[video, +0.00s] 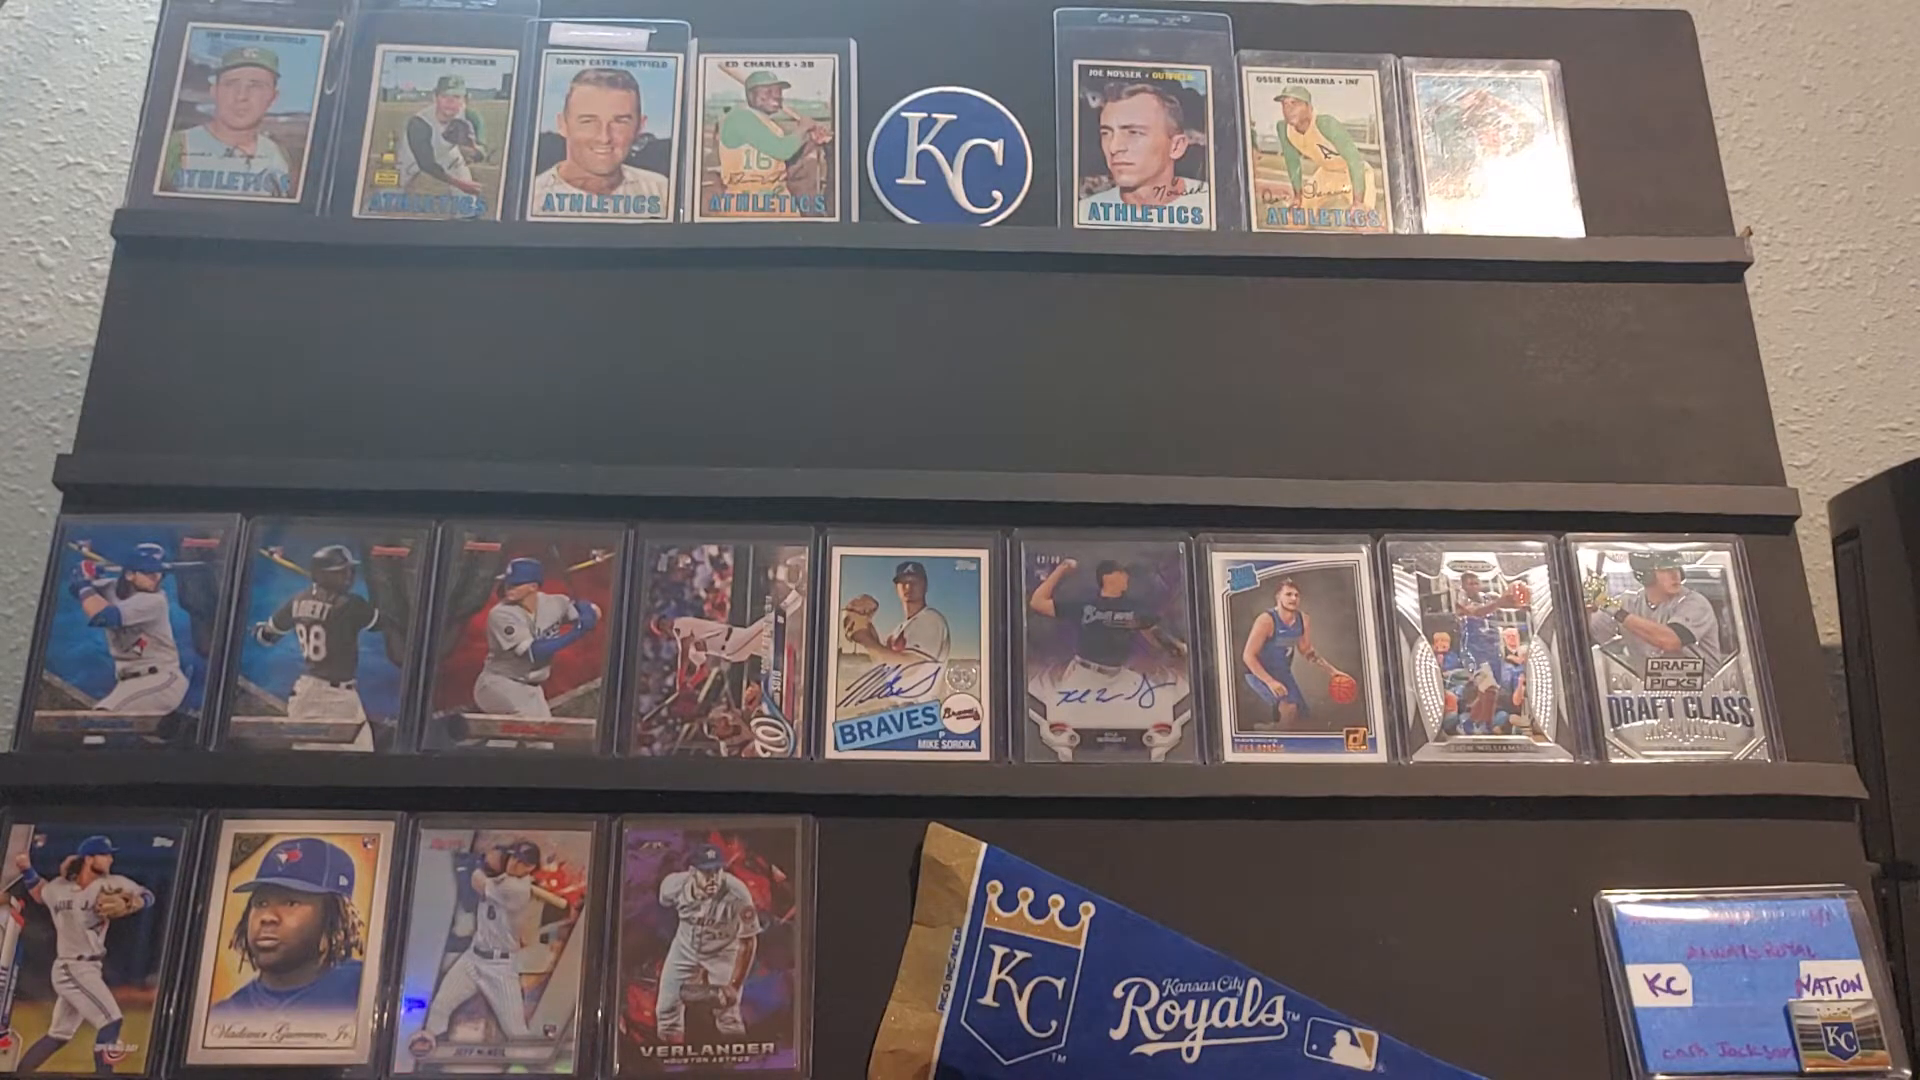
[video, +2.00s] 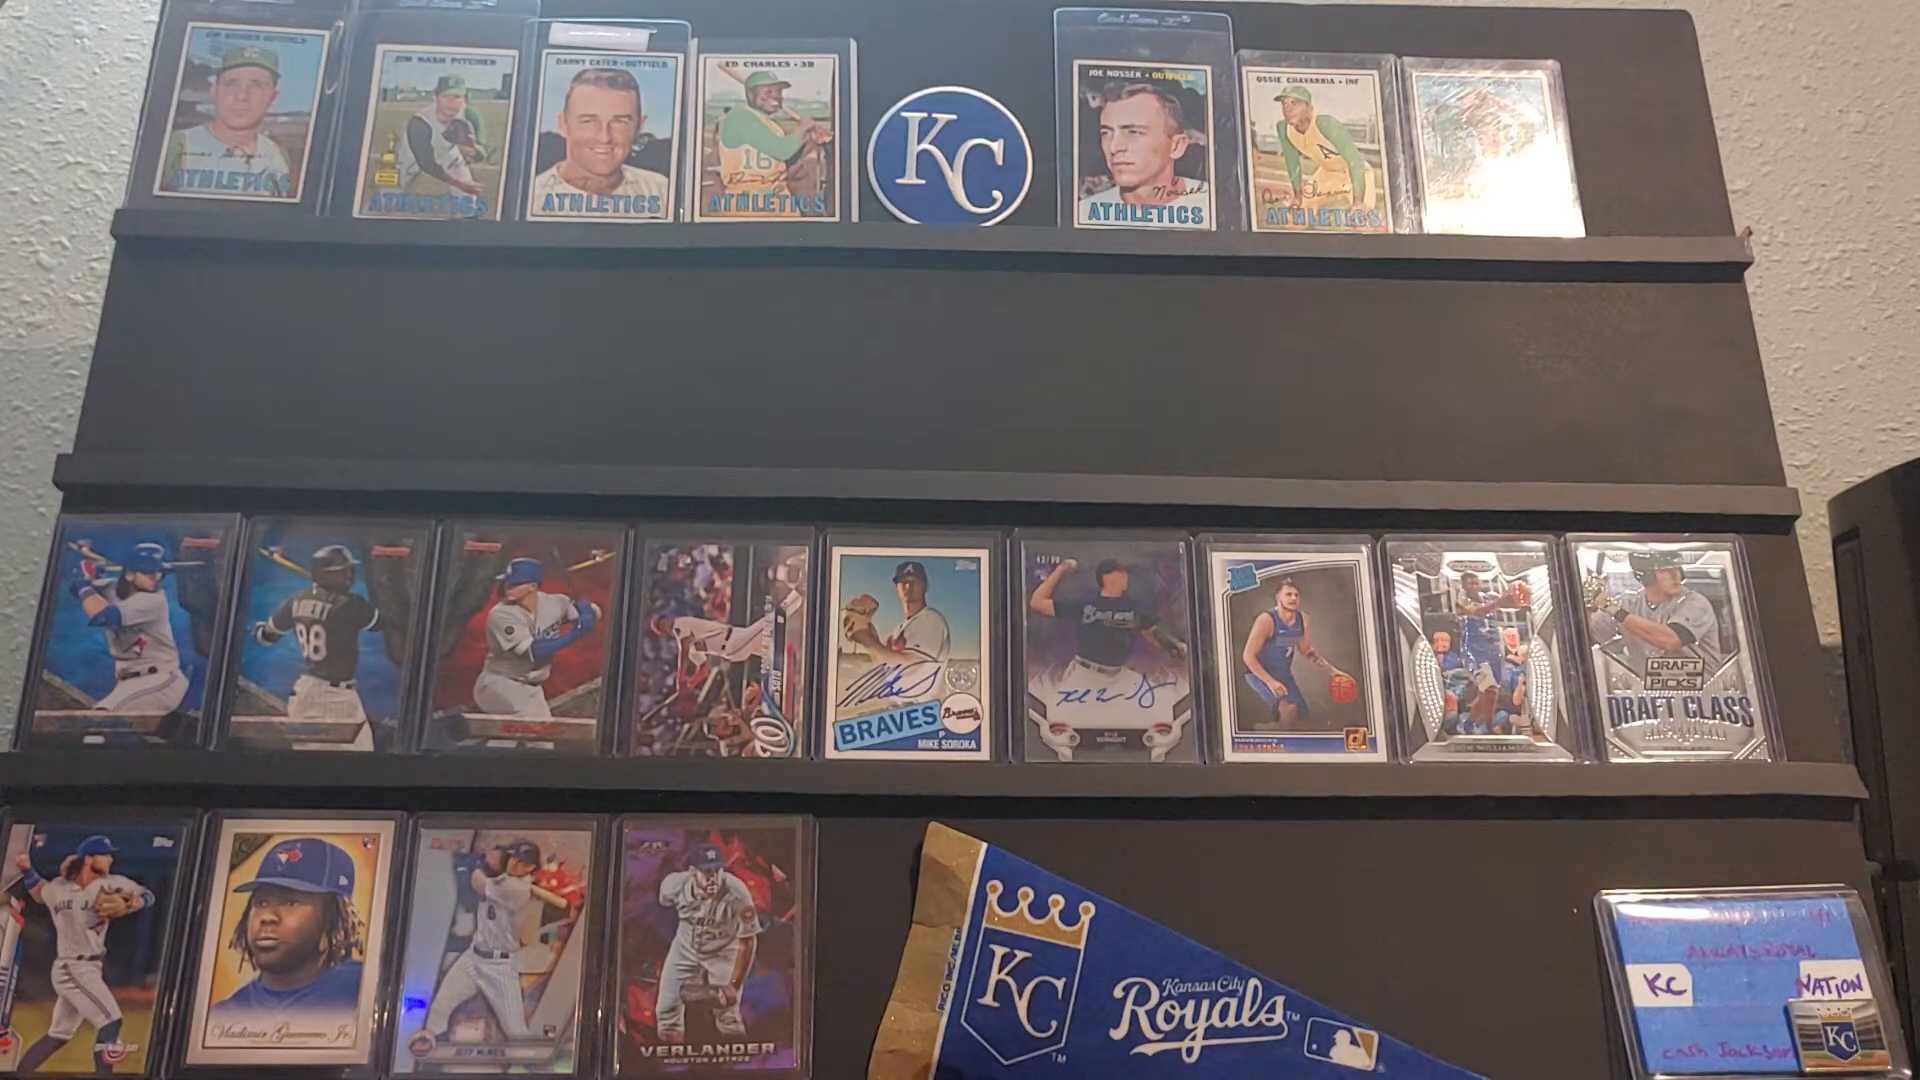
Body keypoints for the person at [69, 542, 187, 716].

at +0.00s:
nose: (156, 577)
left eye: (159, 572)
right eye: (149, 572)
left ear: (162, 573)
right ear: (130, 574)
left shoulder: (155, 600)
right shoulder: (113, 587)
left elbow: (104, 617)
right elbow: (78, 589)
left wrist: (83, 586)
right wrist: (86, 573)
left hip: (163, 679)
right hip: (130, 682)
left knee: (100, 718)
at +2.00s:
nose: (156, 577)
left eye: (158, 571)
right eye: (148, 572)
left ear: (162, 573)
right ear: (130, 574)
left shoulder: (154, 600)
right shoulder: (113, 587)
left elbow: (104, 617)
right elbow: (79, 588)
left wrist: (83, 585)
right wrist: (88, 573)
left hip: (163, 679)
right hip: (129, 682)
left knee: (99, 717)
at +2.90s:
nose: (156, 577)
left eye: (158, 572)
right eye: (148, 572)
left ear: (162, 573)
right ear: (130, 575)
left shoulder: (155, 600)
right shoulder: (113, 588)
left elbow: (105, 617)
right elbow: (79, 588)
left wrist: (83, 586)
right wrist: (87, 573)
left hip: (163, 680)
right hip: (130, 681)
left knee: (99, 717)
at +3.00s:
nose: (156, 577)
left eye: (158, 572)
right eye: (148, 572)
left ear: (162, 573)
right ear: (130, 575)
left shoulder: (155, 600)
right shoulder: (113, 588)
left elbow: (105, 617)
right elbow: (78, 588)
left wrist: (83, 585)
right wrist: (88, 573)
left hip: (162, 680)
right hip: (130, 681)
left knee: (99, 717)